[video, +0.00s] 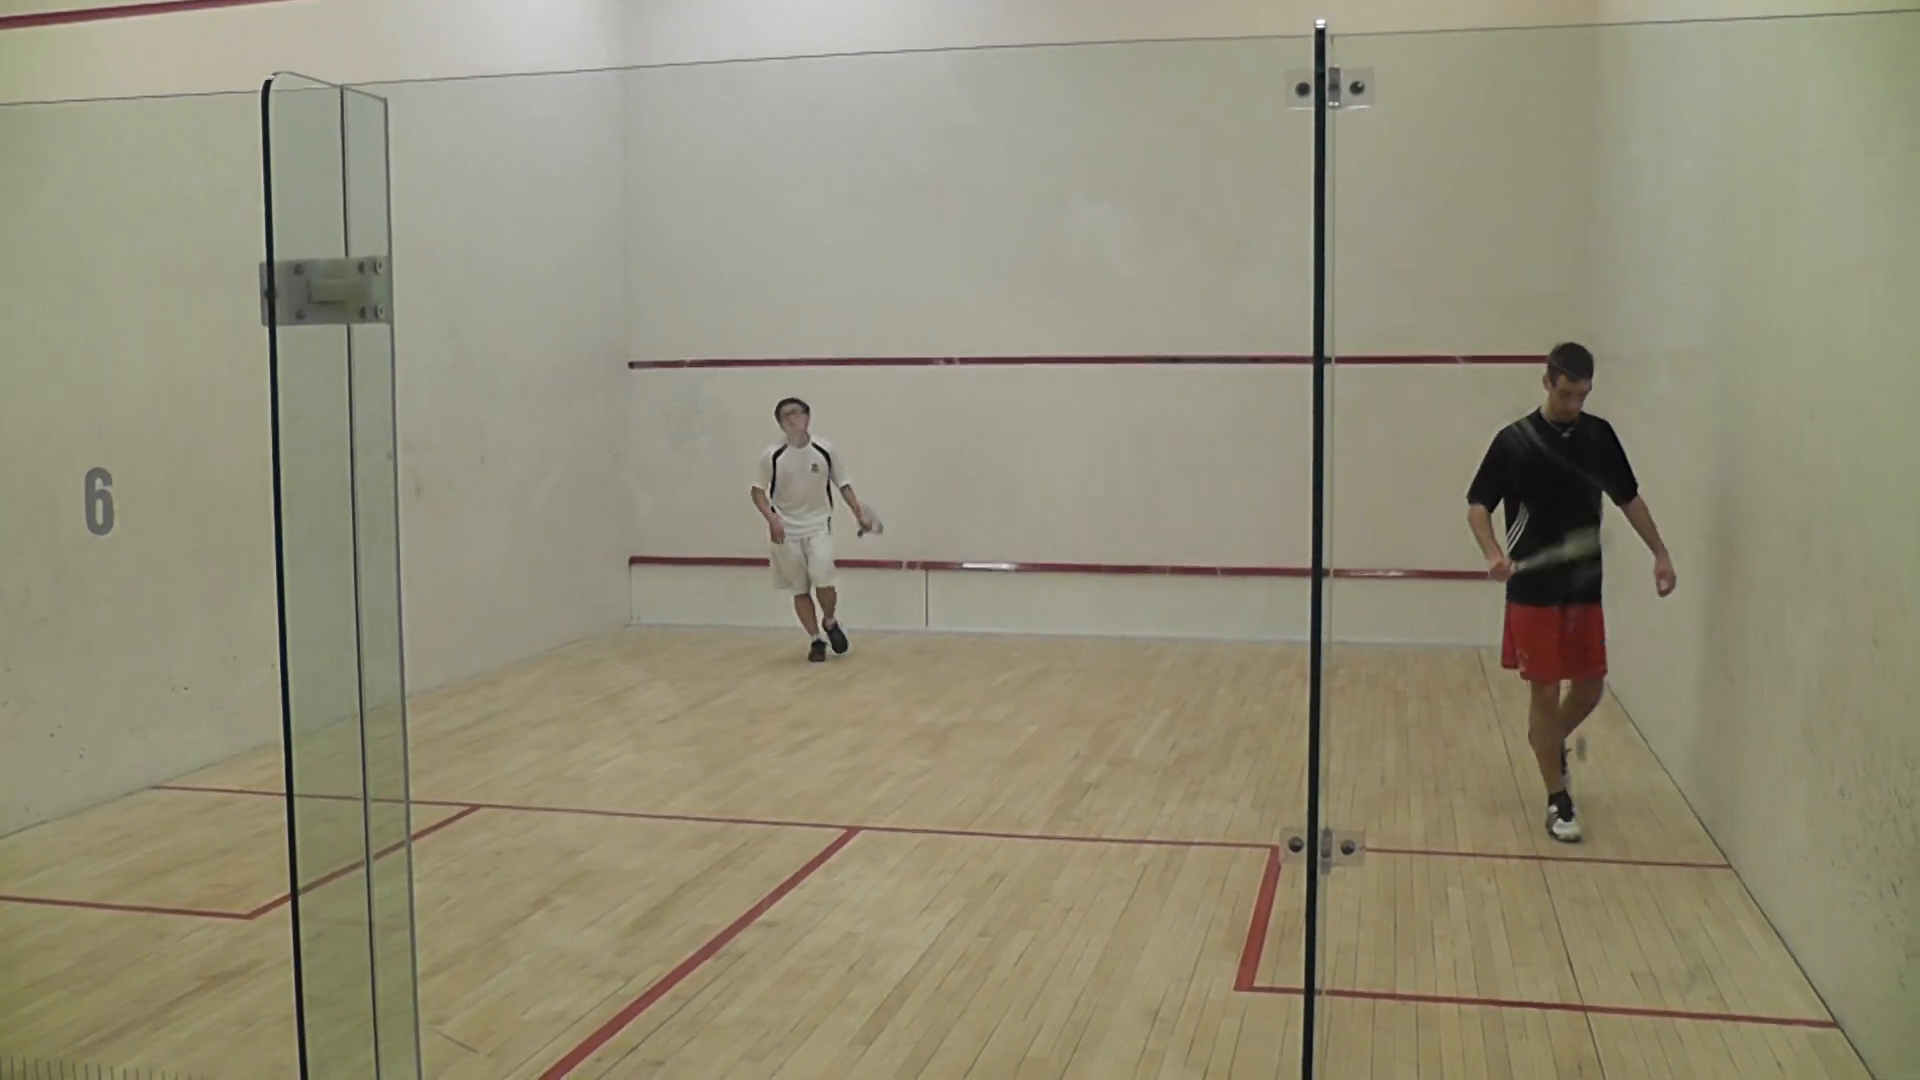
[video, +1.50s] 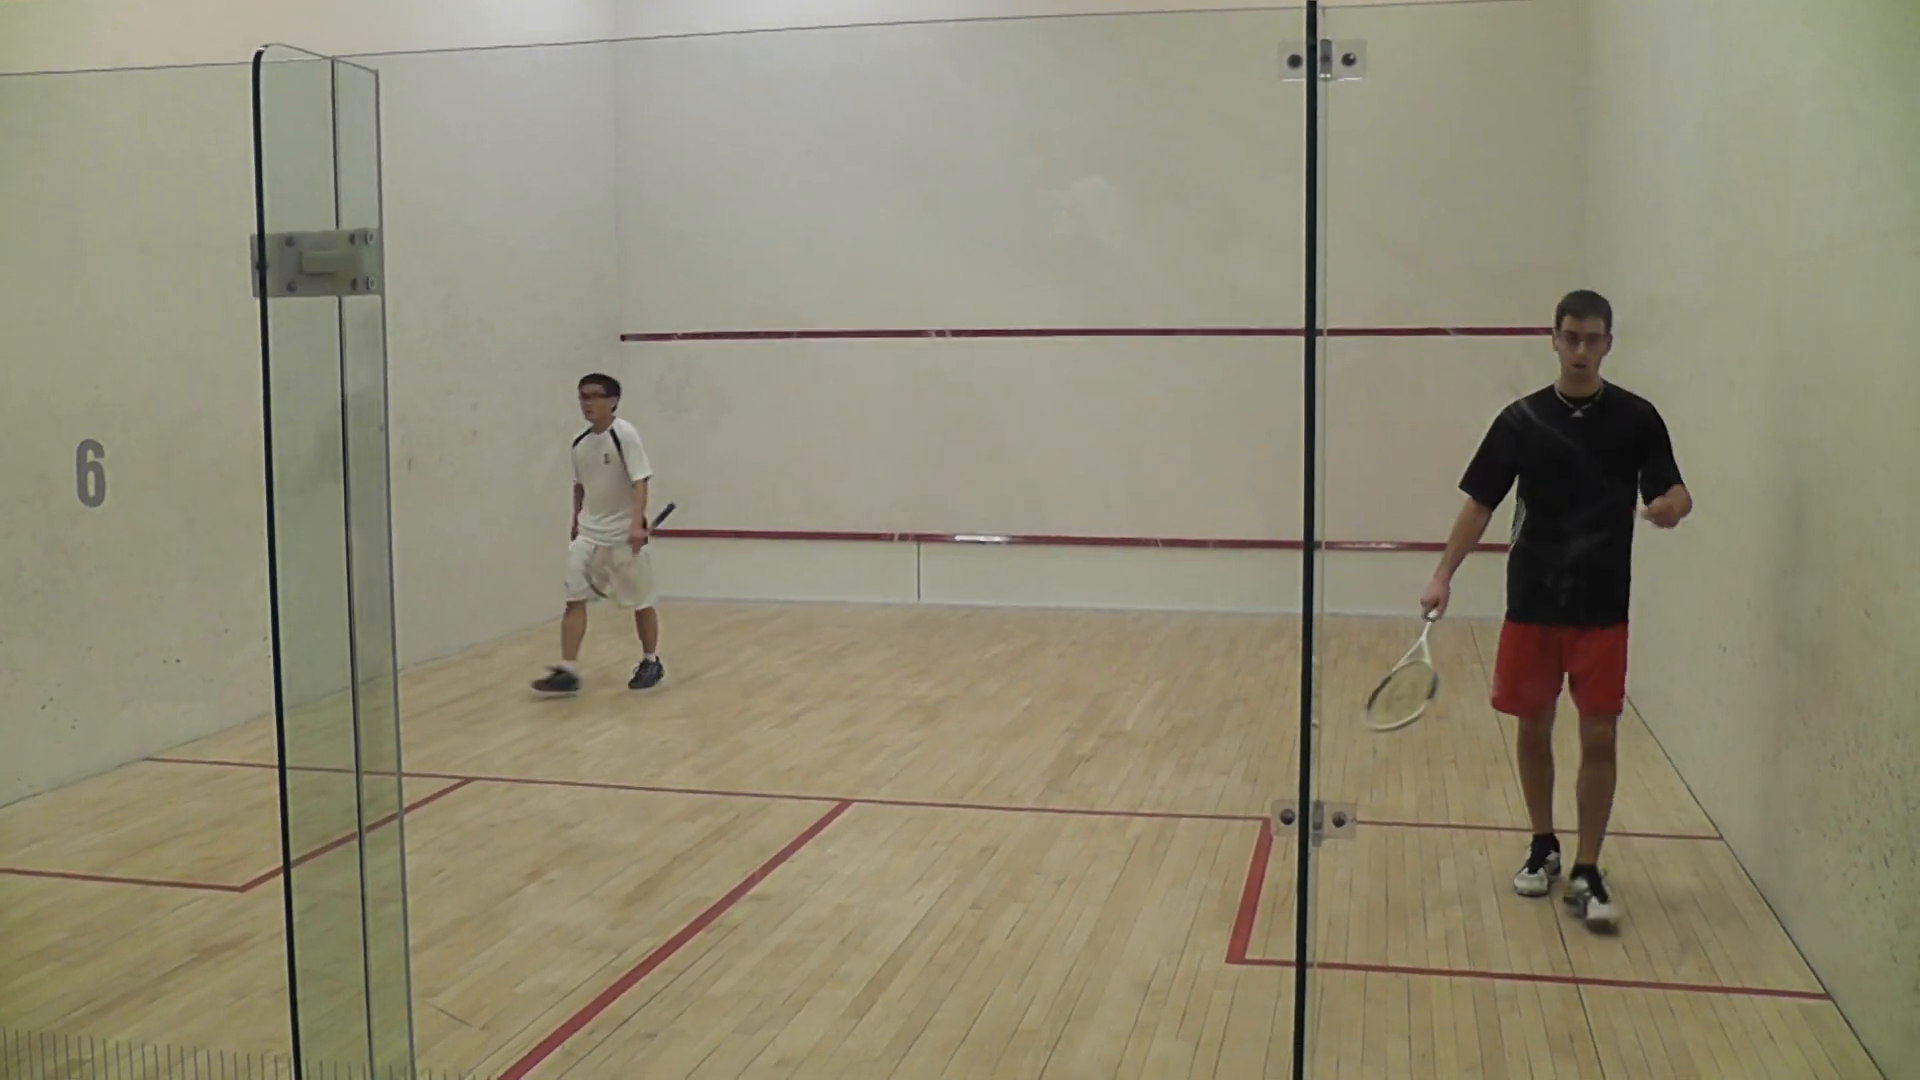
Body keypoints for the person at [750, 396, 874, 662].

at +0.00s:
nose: (792, 419)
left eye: (796, 414)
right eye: (786, 416)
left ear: (807, 418)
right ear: (780, 423)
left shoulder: (824, 451)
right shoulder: (771, 457)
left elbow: (844, 485)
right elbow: (758, 491)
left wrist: (859, 512)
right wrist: (772, 519)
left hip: (818, 527)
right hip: (786, 530)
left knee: (823, 579)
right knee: (800, 588)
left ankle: (830, 622)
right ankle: (815, 639)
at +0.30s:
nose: (775, 408)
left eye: (781, 403)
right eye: (771, 405)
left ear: (795, 410)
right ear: (766, 412)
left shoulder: (810, 445)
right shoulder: (754, 446)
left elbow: (821, 483)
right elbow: (744, 479)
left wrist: (828, 512)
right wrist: (744, 512)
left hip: (802, 521)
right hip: (768, 523)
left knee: (798, 582)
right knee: (780, 594)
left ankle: (796, 639)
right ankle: (802, 617)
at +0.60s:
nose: (740, 402)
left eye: (747, 397)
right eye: (737, 398)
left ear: (763, 403)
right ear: (733, 404)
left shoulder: (776, 435)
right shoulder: (726, 440)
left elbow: (798, 467)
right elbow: (722, 472)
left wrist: (802, 499)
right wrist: (713, 504)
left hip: (777, 521)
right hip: (740, 521)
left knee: (786, 581)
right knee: (734, 580)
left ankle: (792, 633)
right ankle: (728, 643)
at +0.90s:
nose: (695, 401)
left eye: (701, 395)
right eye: (692, 395)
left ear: (719, 399)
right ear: (688, 400)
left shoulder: (735, 434)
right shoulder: (682, 441)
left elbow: (753, 475)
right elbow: (677, 483)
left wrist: (747, 509)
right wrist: (672, 525)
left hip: (723, 516)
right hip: (691, 517)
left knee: (718, 584)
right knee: (702, 588)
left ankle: (739, 630)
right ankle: (720, 646)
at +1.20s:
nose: (646, 409)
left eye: (654, 403)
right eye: (643, 403)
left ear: (670, 408)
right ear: (638, 408)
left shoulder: (683, 448)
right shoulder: (632, 448)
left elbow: (698, 494)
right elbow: (622, 485)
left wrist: (709, 530)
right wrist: (617, 511)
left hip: (671, 531)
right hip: (640, 532)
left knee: (661, 595)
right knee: (653, 596)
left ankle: (654, 665)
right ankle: (699, 634)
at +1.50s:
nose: (586, 404)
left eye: (593, 397)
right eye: (583, 398)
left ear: (613, 402)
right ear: (580, 402)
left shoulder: (625, 434)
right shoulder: (580, 443)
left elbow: (640, 481)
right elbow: (579, 488)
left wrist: (637, 523)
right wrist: (576, 523)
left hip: (625, 536)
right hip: (589, 535)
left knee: (641, 600)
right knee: (574, 596)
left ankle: (650, 661)